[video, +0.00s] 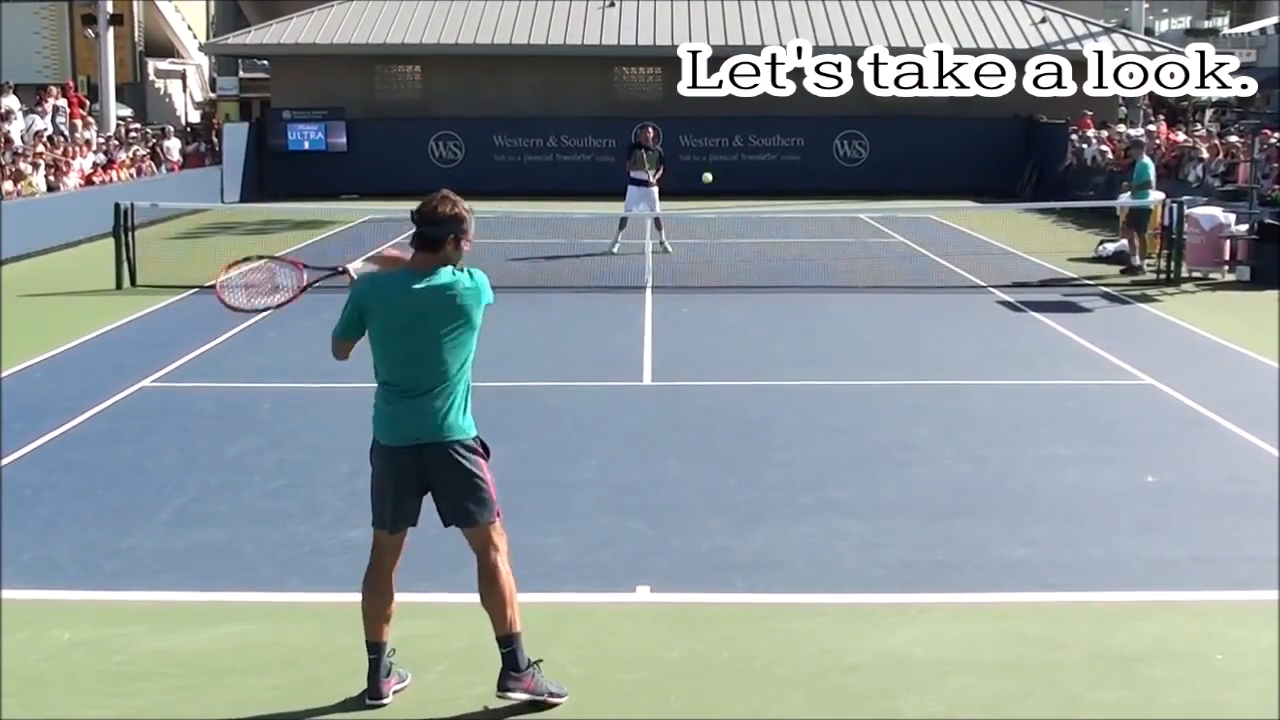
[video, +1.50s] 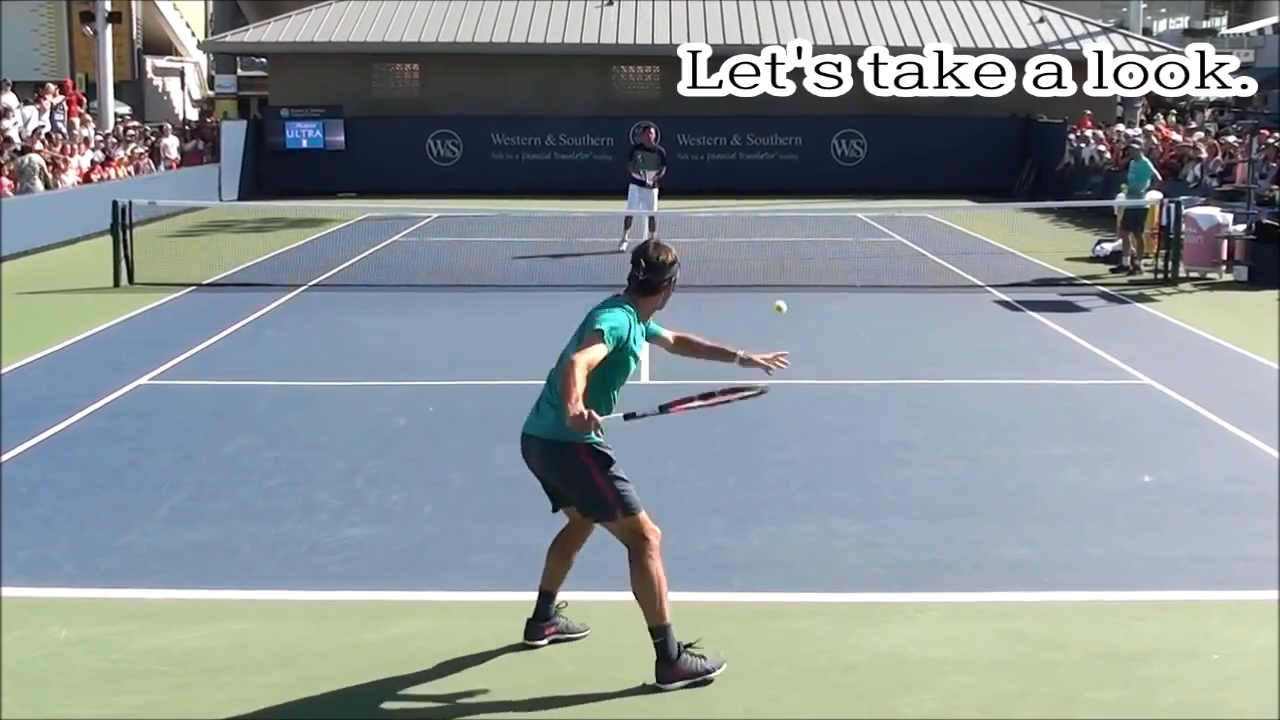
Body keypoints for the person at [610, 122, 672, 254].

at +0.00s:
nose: (647, 135)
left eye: (649, 132)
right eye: (645, 132)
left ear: (653, 135)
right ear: (640, 135)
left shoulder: (658, 151)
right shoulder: (633, 148)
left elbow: (661, 167)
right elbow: (629, 166)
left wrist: (655, 178)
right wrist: (635, 155)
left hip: (650, 184)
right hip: (635, 183)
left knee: (656, 214)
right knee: (626, 213)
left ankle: (663, 240)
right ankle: (616, 240)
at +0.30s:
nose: (654, 143)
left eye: (656, 140)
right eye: (651, 140)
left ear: (659, 143)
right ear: (645, 142)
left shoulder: (659, 160)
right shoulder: (639, 155)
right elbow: (629, 170)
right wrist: (642, 175)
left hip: (650, 191)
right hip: (635, 191)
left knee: (658, 216)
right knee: (629, 218)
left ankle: (662, 244)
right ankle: (615, 242)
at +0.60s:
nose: (660, 146)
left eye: (661, 143)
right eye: (658, 142)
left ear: (662, 145)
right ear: (651, 142)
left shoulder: (659, 162)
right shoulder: (637, 152)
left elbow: (656, 179)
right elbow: (623, 163)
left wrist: (662, 193)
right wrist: (623, 173)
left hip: (648, 189)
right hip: (633, 188)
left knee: (653, 216)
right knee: (634, 215)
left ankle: (661, 243)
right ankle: (629, 244)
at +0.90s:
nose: (650, 141)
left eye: (653, 139)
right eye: (648, 138)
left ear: (654, 142)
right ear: (642, 139)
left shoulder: (654, 159)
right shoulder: (631, 150)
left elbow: (651, 175)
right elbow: (620, 161)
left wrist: (648, 186)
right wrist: (617, 174)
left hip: (642, 188)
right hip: (628, 186)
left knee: (650, 215)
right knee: (629, 215)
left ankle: (653, 241)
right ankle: (627, 244)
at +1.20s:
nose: (650, 139)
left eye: (653, 136)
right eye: (648, 136)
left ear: (656, 139)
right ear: (643, 138)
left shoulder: (658, 156)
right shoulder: (634, 151)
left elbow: (658, 174)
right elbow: (625, 165)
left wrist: (652, 186)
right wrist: (628, 178)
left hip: (649, 187)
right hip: (634, 186)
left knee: (651, 215)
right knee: (632, 214)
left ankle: (653, 241)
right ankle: (628, 242)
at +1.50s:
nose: (650, 136)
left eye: (652, 133)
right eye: (648, 133)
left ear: (655, 136)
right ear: (643, 135)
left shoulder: (659, 151)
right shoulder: (635, 149)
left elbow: (663, 167)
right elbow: (629, 166)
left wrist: (655, 178)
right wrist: (639, 178)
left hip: (651, 186)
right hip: (636, 185)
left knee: (652, 214)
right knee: (630, 212)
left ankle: (652, 240)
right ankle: (624, 239)